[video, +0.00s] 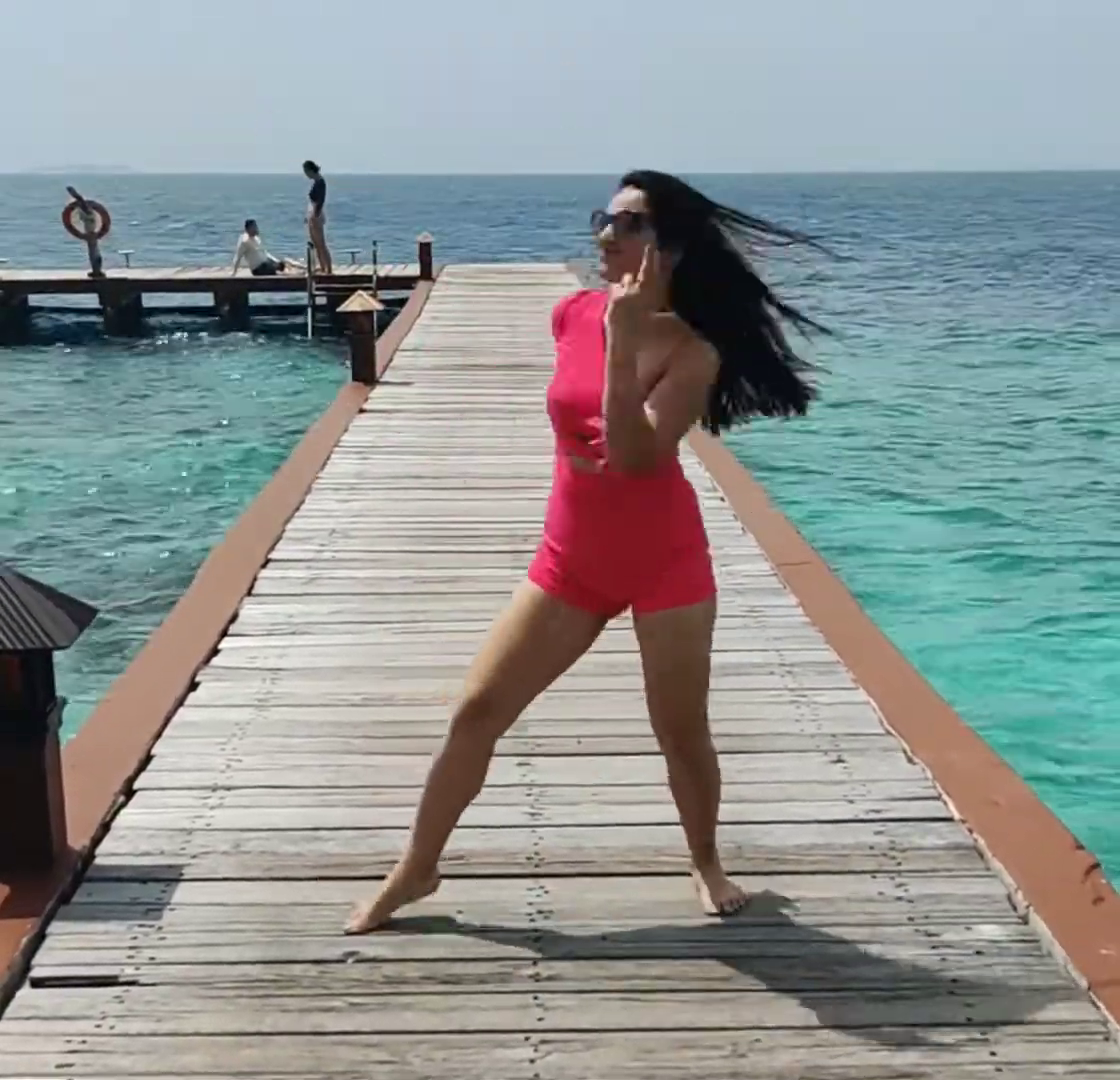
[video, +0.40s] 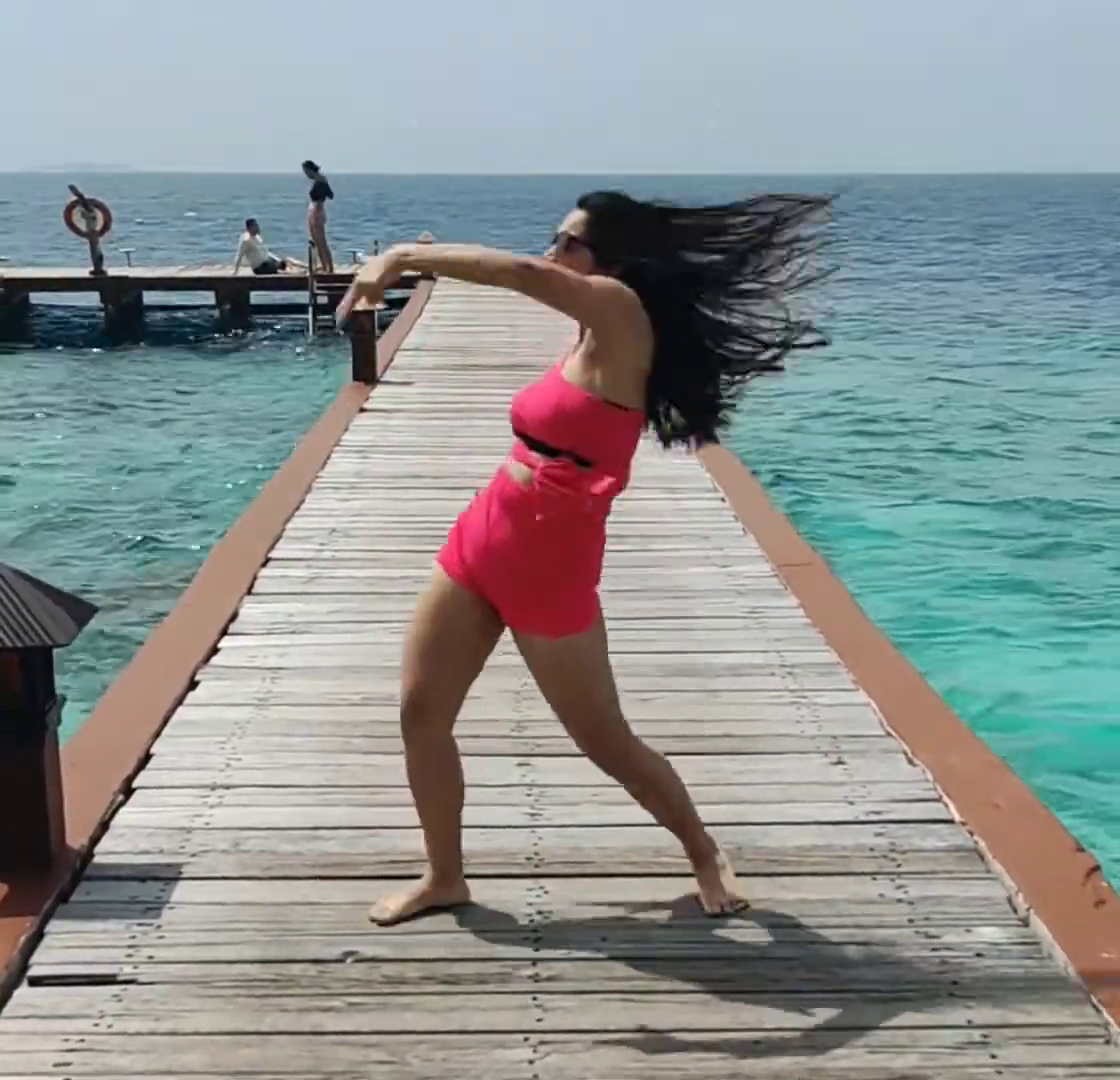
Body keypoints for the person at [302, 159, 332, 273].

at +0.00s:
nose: (306, 175)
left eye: (306, 172)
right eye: (305, 172)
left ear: (311, 170)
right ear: (313, 170)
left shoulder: (319, 182)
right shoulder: (316, 182)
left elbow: (320, 201)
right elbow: (315, 200)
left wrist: (316, 215)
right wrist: (310, 214)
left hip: (317, 214)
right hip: (312, 214)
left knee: (320, 243)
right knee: (316, 243)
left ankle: (328, 269)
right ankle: (322, 267)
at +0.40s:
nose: (306, 175)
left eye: (306, 172)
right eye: (305, 172)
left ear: (311, 170)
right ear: (313, 169)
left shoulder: (320, 181)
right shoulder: (317, 181)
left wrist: (318, 211)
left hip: (317, 212)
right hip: (313, 211)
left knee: (321, 241)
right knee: (316, 241)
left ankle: (329, 268)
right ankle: (323, 267)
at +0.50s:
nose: (306, 174)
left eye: (307, 171)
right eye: (305, 171)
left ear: (311, 170)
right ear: (312, 169)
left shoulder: (321, 181)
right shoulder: (316, 181)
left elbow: (330, 195)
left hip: (318, 211)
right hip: (312, 211)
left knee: (321, 241)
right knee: (316, 241)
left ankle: (329, 268)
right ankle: (324, 267)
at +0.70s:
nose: (308, 173)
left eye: (308, 171)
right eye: (307, 171)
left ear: (314, 169)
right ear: (313, 169)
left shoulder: (321, 182)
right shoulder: (317, 182)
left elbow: (315, 197)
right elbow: (314, 196)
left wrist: (306, 184)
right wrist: (306, 183)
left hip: (318, 211)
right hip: (312, 211)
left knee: (321, 241)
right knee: (316, 241)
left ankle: (329, 268)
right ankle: (323, 267)